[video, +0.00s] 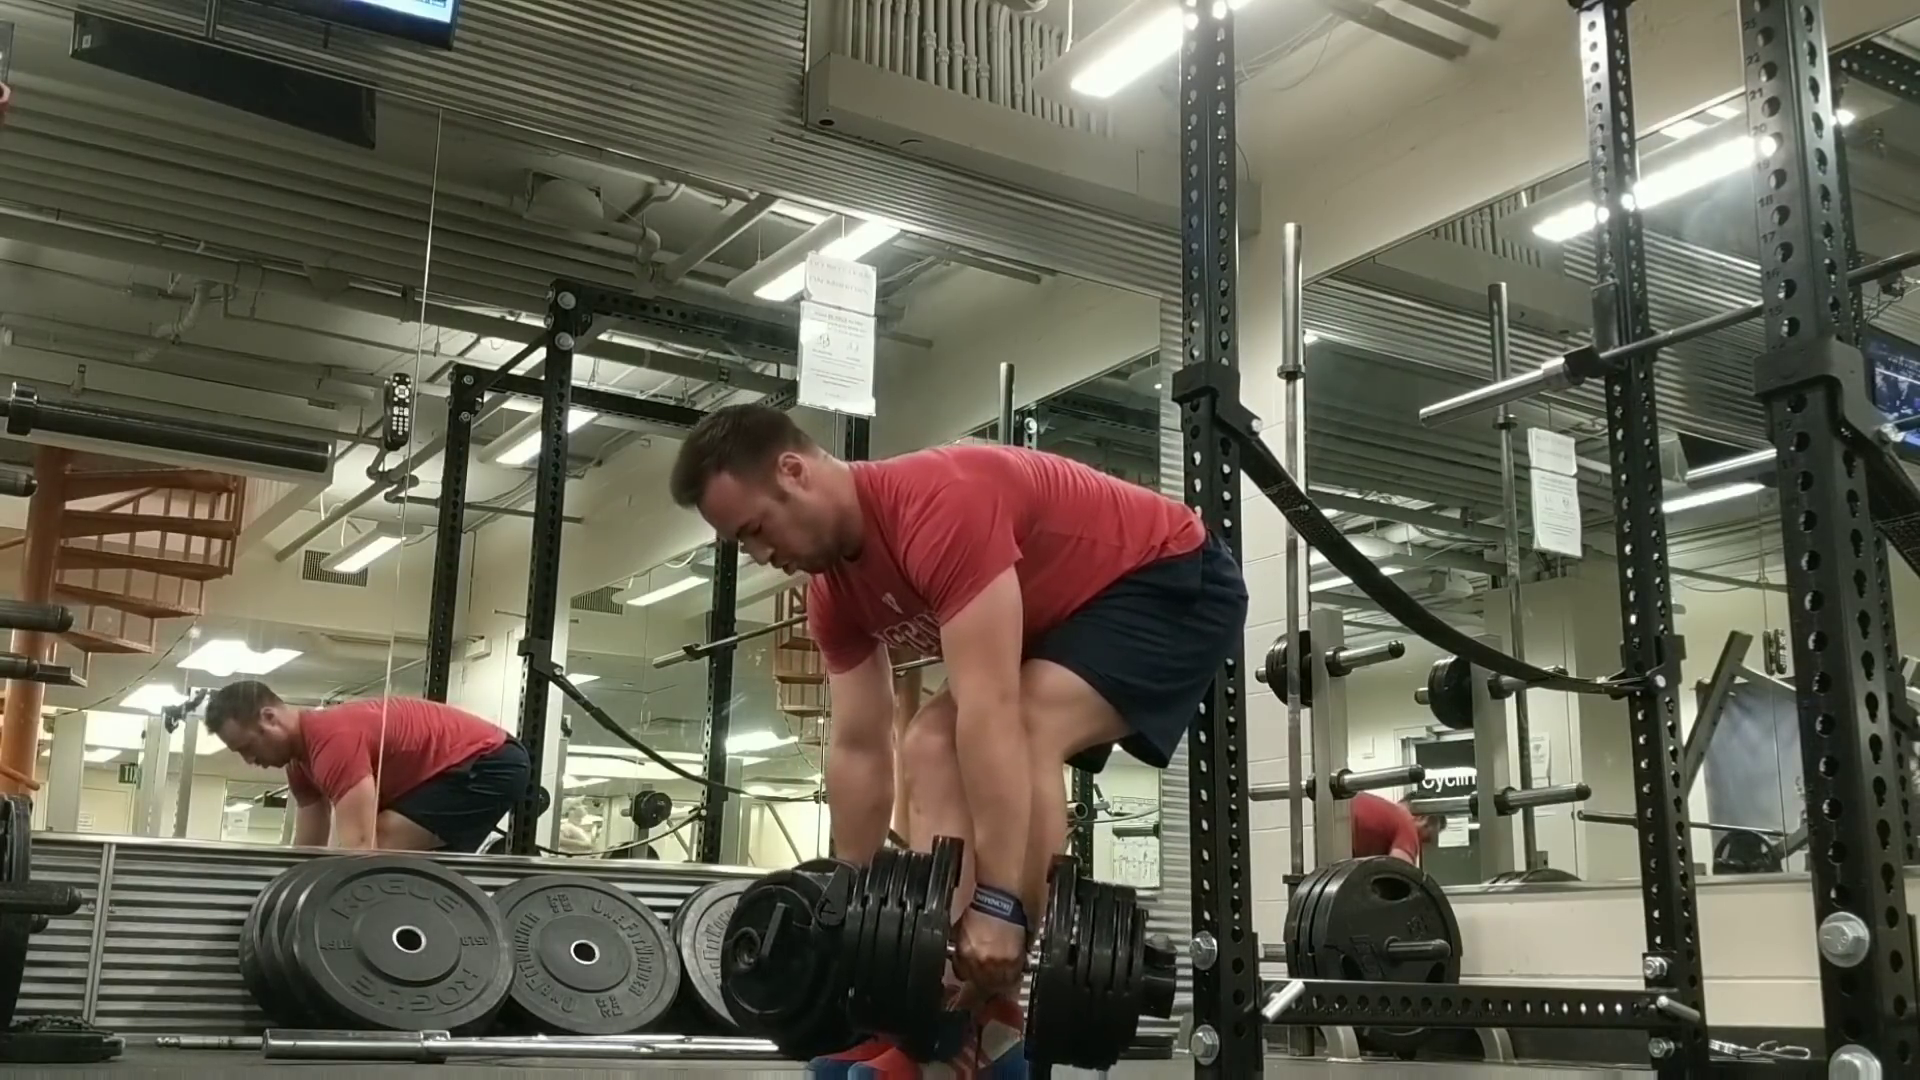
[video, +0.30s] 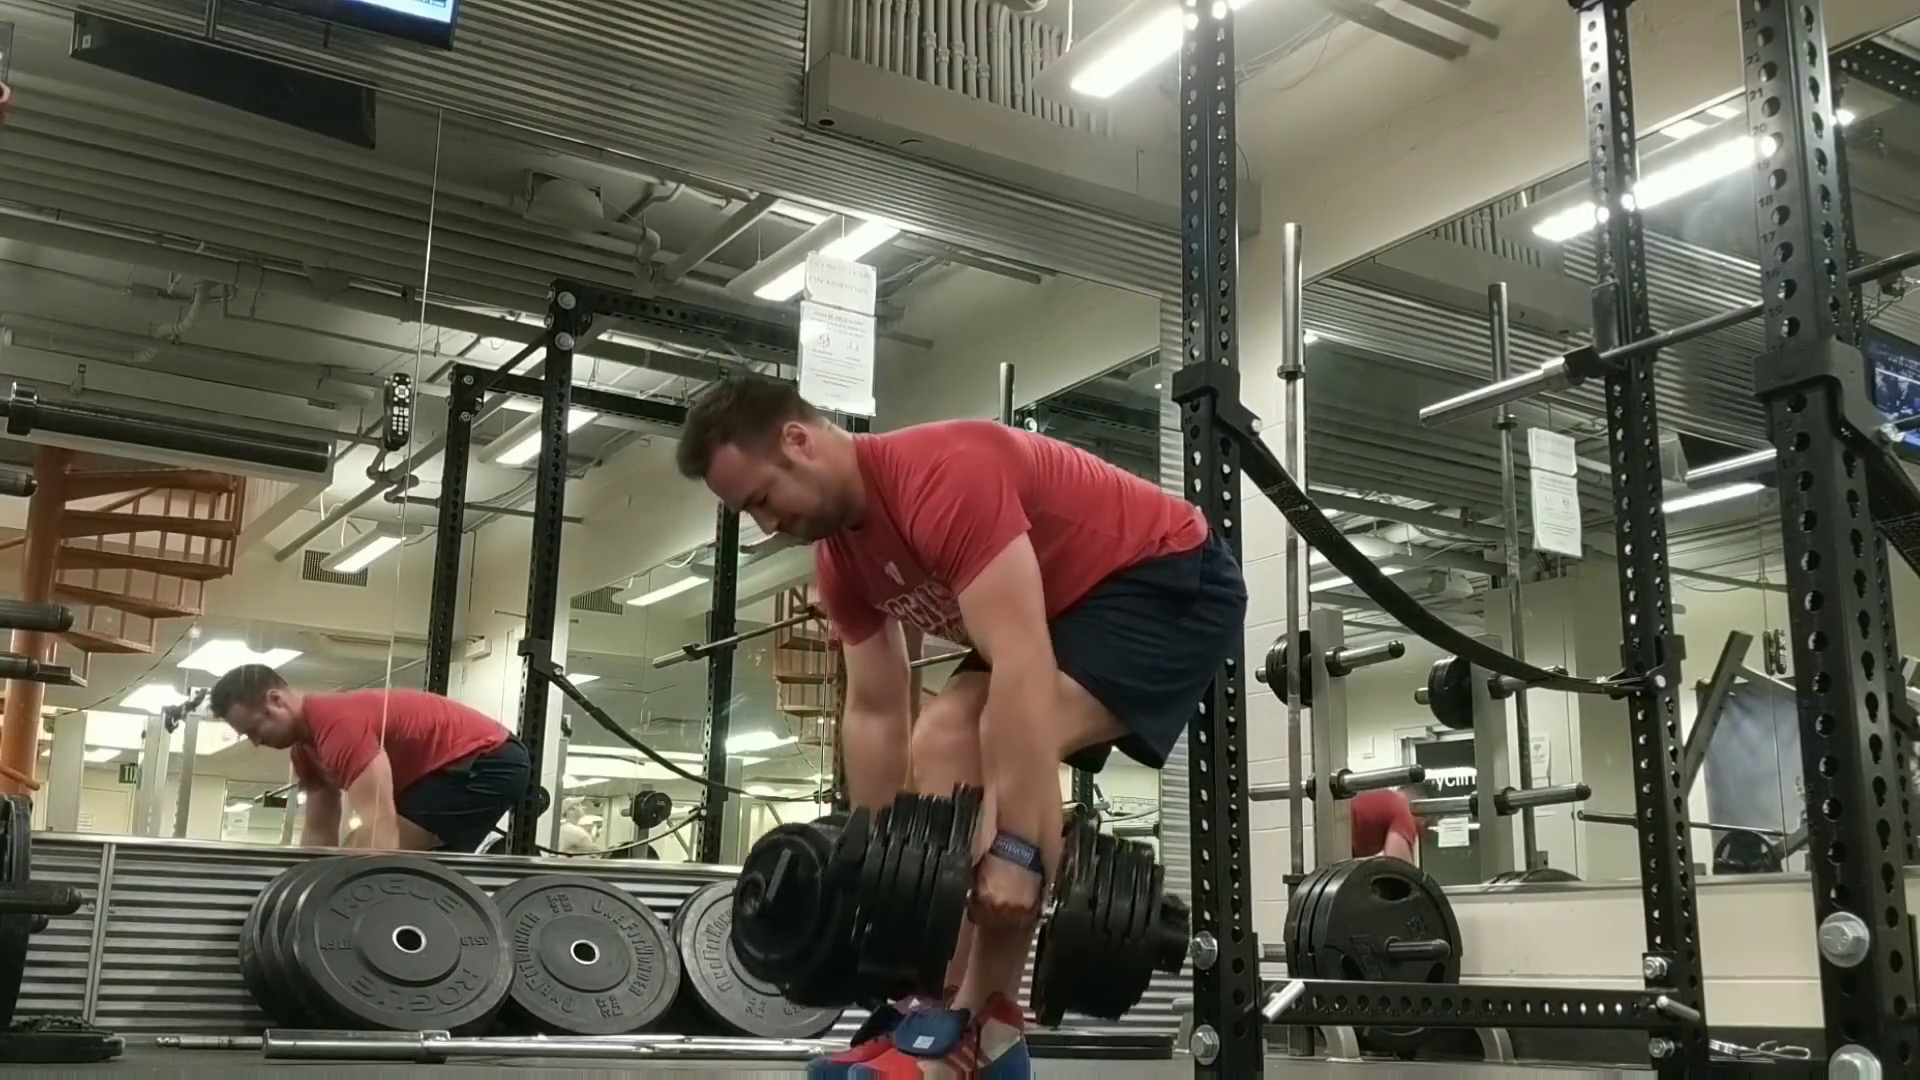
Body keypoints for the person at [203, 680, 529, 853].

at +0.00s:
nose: (250, 762)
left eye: (248, 749)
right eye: (242, 755)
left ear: (270, 719)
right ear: (270, 722)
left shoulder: (333, 739)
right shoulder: (301, 762)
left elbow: (358, 850)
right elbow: (309, 851)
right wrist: (286, 920)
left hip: (491, 763)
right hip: (461, 768)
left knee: (383, 847)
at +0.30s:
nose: (253, 741)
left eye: (252, 729)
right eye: (245, 735)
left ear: (277, 700)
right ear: (275, 703)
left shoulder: (338, 724)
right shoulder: (306, 748)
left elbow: (381, 824)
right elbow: (320, 831)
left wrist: (367, 915)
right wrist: (294, 901)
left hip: (488, 762)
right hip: (453, 771)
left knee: (369, 848)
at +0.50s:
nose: (271, 723)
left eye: (269, 711)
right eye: (262, 719)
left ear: (285, 679)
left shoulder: (348, 702)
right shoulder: (314, 727)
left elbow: (406, 789)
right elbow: (340, 796)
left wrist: (381, 885)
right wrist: (313, 871)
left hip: (487, 759)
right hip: (450, 767)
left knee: (401, 863)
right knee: (363, 854)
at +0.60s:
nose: (276, 716)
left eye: (272, 705)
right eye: (267, 711)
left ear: (288, 672)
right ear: (290, 674)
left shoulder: (353, 692)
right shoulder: (319, 712)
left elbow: (422, 764)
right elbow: (354, 781)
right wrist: (338, 847)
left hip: (489, 759)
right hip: (454, 763)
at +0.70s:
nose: (287, 710)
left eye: (281, 700)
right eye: (278, 705)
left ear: (293, 666)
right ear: (294, 668)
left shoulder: (362, 682)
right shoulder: (327, 703)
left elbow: (435, 747)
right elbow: (364, 763)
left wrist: (421, 835)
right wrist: (359, 825)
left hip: (491, 759)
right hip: (454, 762)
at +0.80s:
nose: (300, 705)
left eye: (292, 697)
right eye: (289, 703)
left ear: (298, 664)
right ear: (299, 663)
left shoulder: (364, 674)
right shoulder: (335, 694)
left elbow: (446, 729)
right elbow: (376, 748)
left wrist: (433, 818)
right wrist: (362, 813)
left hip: (489, 762)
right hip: (451, 765)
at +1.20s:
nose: (303, 710)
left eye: (293, 705)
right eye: (293, 709)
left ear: (297, 671)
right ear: (298, 670)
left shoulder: (365, 674)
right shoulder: (334, 695)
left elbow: (444, 733)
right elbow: (373, 757)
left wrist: (431, 821)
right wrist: (363, 821)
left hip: (491, 761)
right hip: (444, 766)